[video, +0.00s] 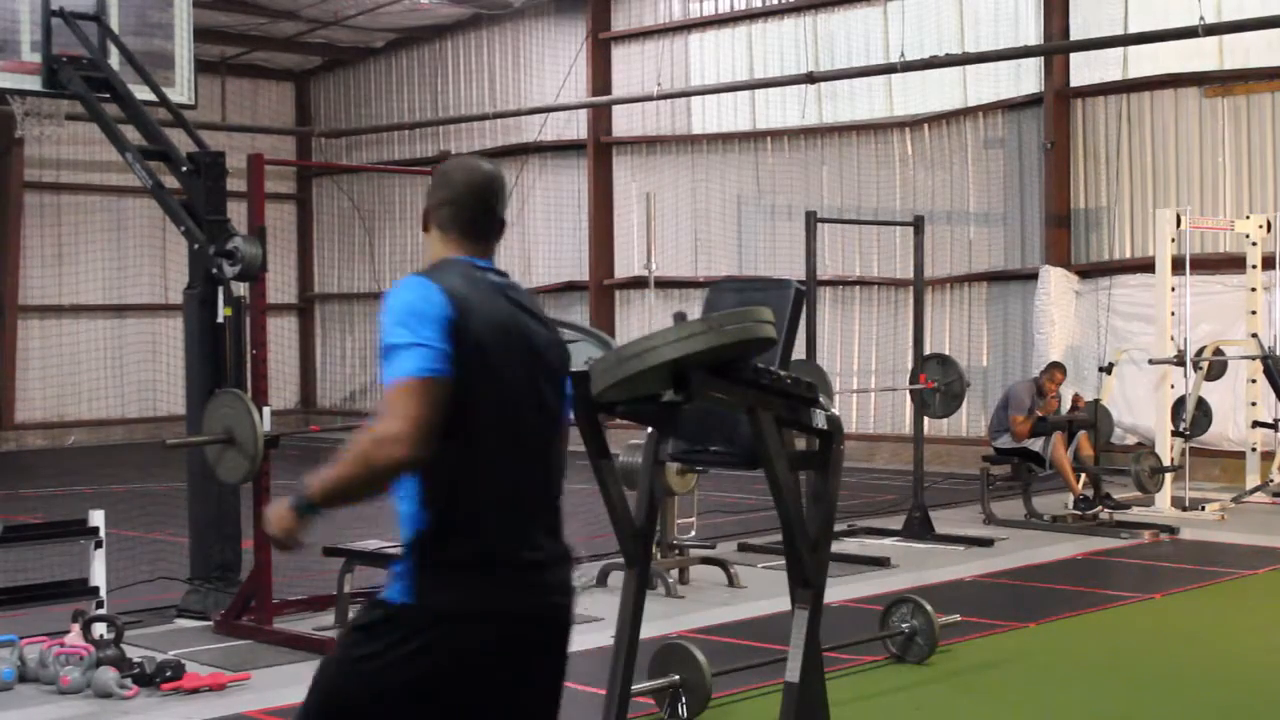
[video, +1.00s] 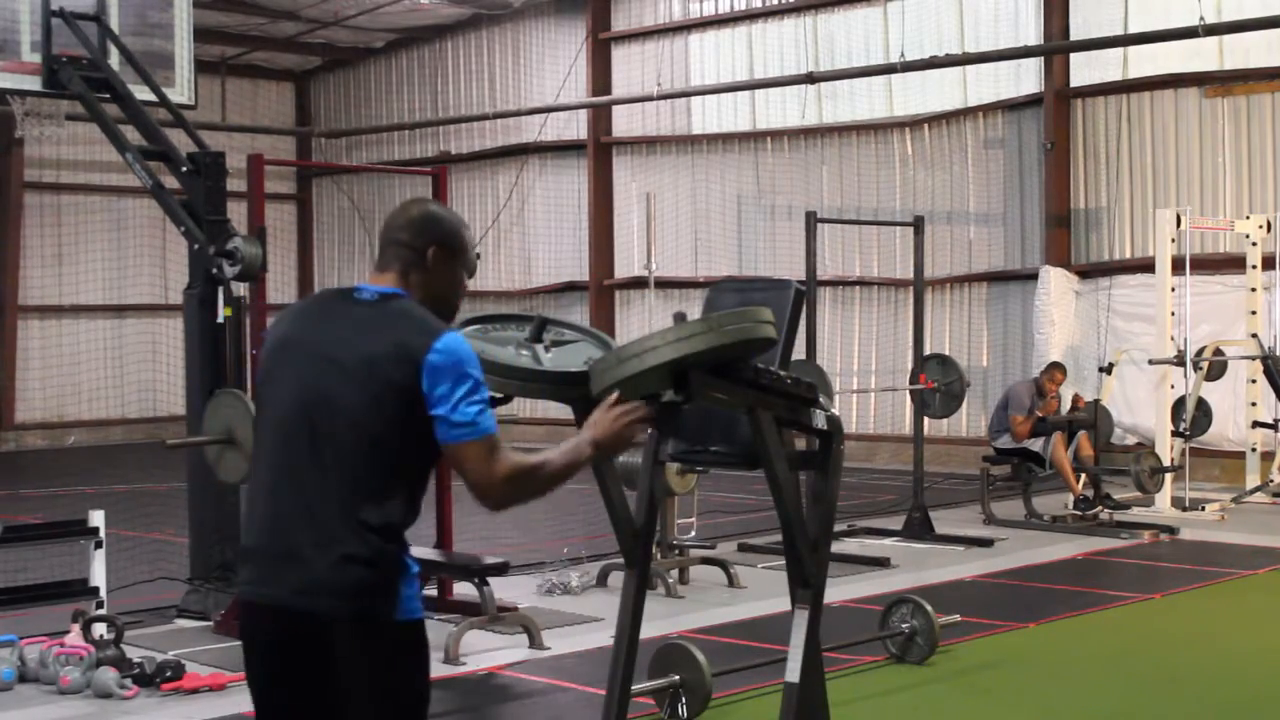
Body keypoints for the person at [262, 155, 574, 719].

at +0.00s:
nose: (425, 220)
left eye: (426, 212)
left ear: (427, 218)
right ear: (499, 229)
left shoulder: (423, 294)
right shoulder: (538, 323)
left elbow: (402, 437)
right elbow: (546, 461)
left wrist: (302, 502)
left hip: (438, 601)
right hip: (537, 600)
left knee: (331, 711)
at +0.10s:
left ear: (412, 218)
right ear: (485, 229)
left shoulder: (374, 295)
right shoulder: (528, 331)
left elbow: (312, 439)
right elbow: (546, 491)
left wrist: (255, 498)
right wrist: (498, 560)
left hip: (384, 613)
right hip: (496, 614)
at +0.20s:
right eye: (469, 235)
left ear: (393, 225)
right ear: (467, 243)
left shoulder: (319, 306)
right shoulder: (504, 347)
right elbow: (544, 495)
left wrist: (229, 502)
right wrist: (534, 565)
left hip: (344, 627)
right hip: (456, 626)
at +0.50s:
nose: (421, 243)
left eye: (421, 229)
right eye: (420, 228)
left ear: (334, 222)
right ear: (397, 227)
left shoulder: (244, 318)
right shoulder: (440, 335)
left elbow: (217, 460)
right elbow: (474, 490)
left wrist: (302, 454)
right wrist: (544, 567)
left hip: (279, 621)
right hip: (394, 621)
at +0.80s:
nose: (453, 283)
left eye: (457, 268)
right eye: (454, 265)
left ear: (376, 249)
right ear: (427, 255)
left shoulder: (271, 328)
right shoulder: (436, 349)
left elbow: (242, 460)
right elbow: (439, 502)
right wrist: (543, 530)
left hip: (271, 620)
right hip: (382, 623)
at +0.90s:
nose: (462, 294)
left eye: (467, 278)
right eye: (463, 276)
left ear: (382, 257)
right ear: (433, 263)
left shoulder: (280, 329)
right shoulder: (437, 351)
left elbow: (253, 442)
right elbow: (472, 498)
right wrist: (577, 477)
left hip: (271, 615)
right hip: (377, 618)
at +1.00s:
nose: (466, 290)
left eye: (470, 274)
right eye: (466, 271)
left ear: (381, 256)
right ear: (433, 258)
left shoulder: (289, 325)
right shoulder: (434, 346)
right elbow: (496, 484)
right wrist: (591, 441)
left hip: (268, 603)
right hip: (367, 607)